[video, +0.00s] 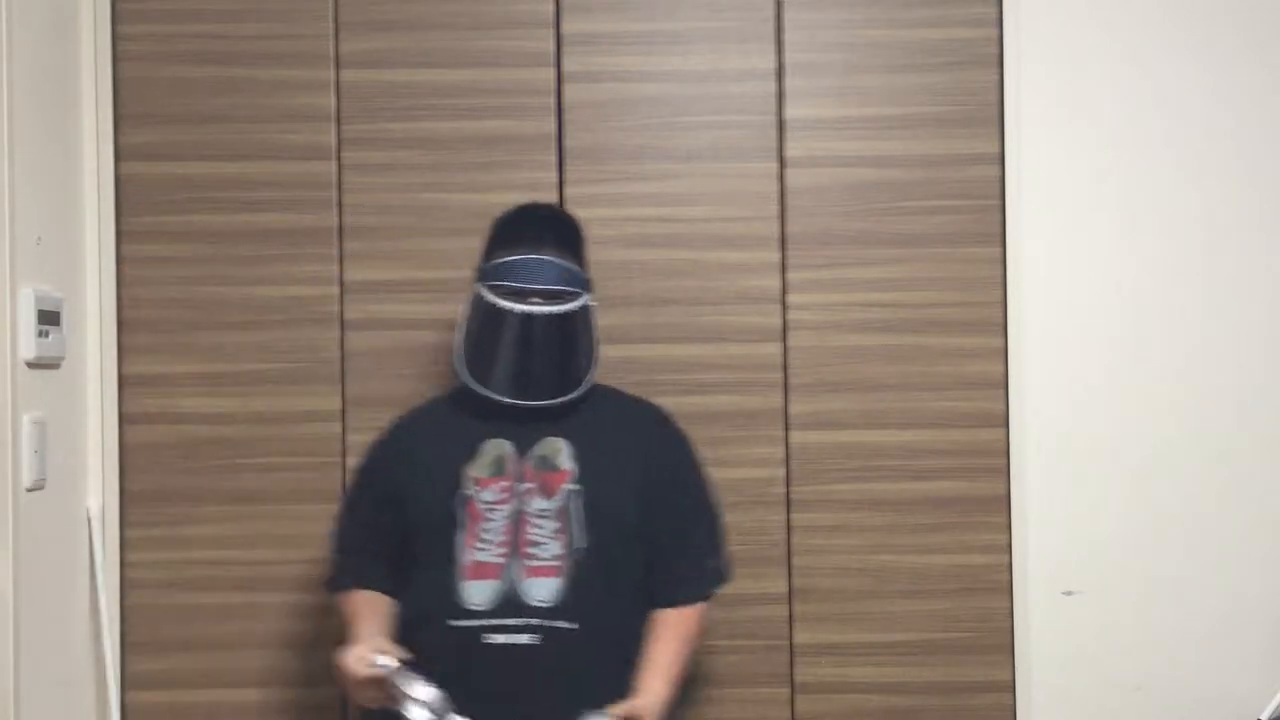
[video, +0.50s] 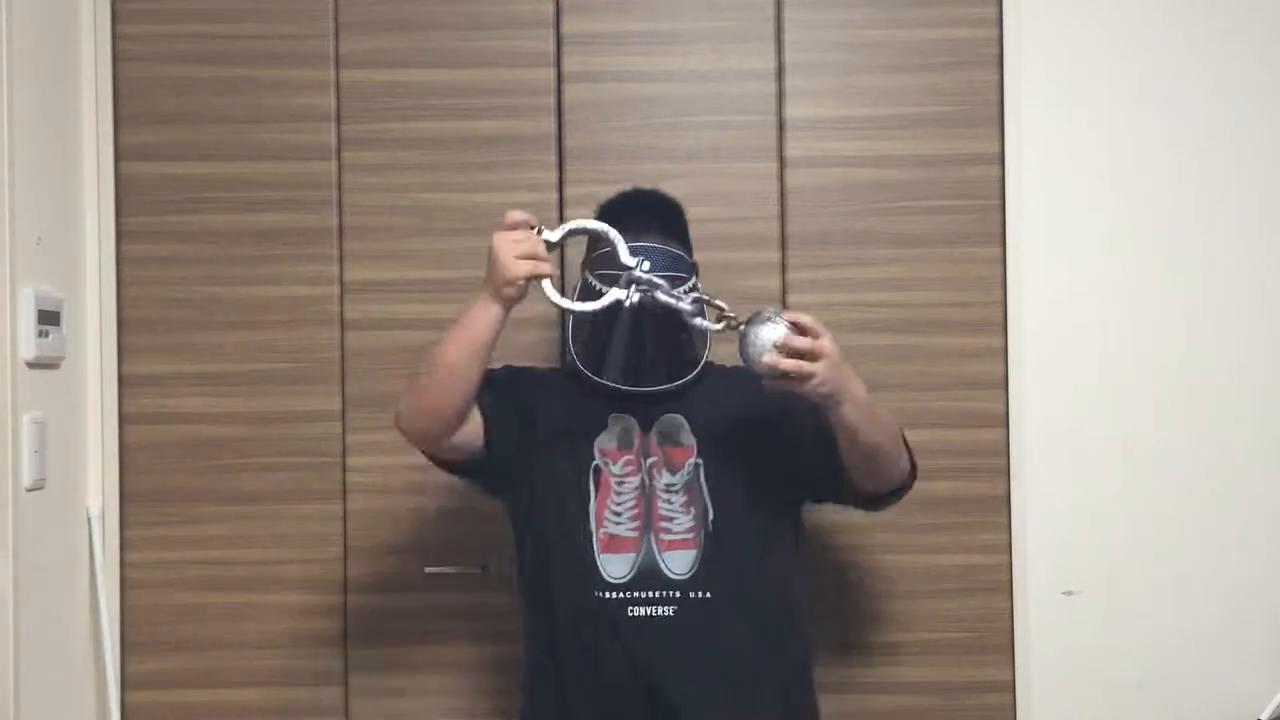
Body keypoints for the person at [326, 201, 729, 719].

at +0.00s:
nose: (532, 335)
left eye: (552, 315)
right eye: (512, 314)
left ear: (583, 316)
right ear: (479, 311)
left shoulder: (646, 441)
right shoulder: (416, 442)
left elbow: (684, 583)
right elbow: (369, 559)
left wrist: (648, 699)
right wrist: (369, 641)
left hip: (593, 704)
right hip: (444, 705)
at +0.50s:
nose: (640, 297)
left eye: (662, 276)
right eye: (618, 275)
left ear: (692, 287)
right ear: (581, 284)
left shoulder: (759, 405)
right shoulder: (533, 408)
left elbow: (887, 482)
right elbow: (425, 421)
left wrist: (844, 390)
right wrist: (494, 299)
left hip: (745, 698)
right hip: (583, 699)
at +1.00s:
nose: (539, 338)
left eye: (560, 319)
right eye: (520, 319)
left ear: (592, 316)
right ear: (488, 315)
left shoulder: (658, 439)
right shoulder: (428, 439)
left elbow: (707, 572)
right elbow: (371, 548)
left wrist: (679, 670)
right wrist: (371, 603)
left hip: (614, 703)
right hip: (467, 701)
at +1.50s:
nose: (401, 317)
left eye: (422, 298)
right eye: (380, 294)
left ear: (454, 304)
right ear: (347, 294)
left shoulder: (496, 417)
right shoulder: (276, 406)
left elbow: (550, 539)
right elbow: (133, 414)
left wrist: (450, 457)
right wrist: (151, 290)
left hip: (447, 703)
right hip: (289, 700)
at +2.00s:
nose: (517, 352)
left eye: (537, 333)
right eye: (499, 330)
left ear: (567, 331)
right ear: (463, 324)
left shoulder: (621, 454)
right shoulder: (395, 448)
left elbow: (656, 593)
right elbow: (335, 555)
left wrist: (623, 682)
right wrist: (336, 611)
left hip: (562, 705)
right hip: (414, 701)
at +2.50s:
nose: (659, 295)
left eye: (681, 273)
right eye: (636, 272)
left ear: (711, 283)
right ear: (596, 283)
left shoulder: (783, 407)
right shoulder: (550, 409)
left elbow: (902, 494)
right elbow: (448, 441)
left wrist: (869, 409)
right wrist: (519, 321)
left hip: (757, 695)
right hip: (599, 695)